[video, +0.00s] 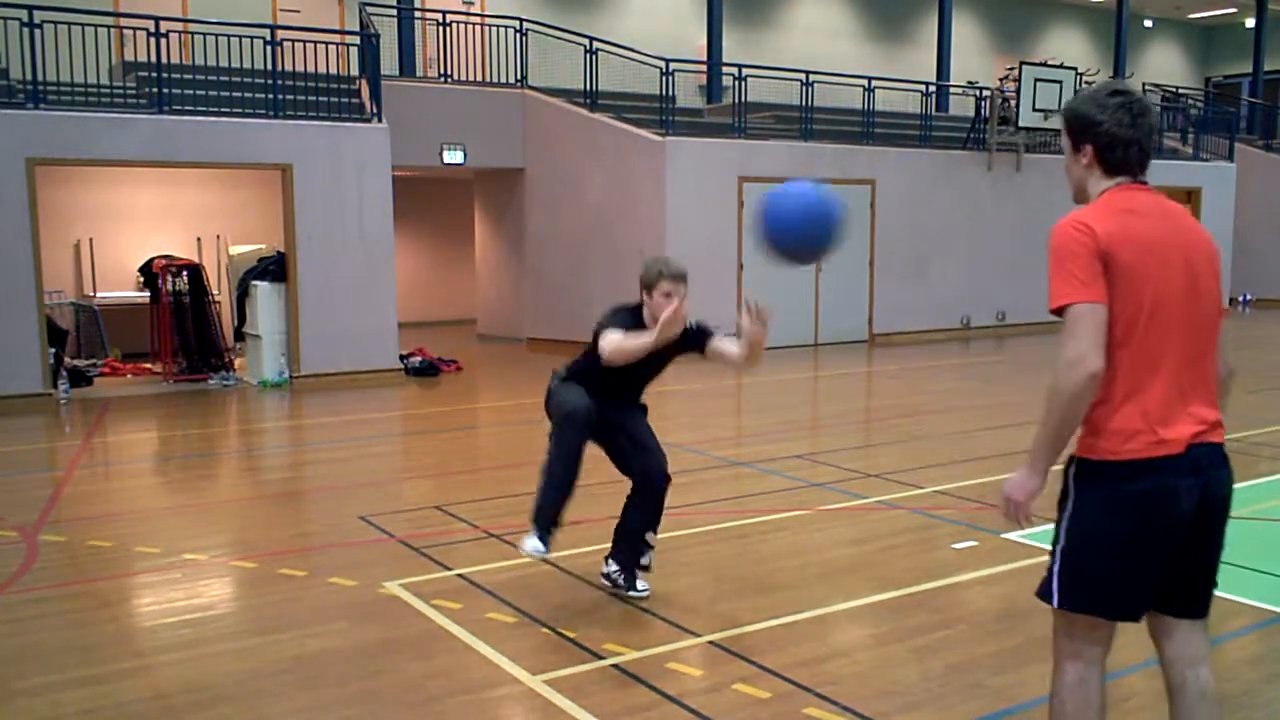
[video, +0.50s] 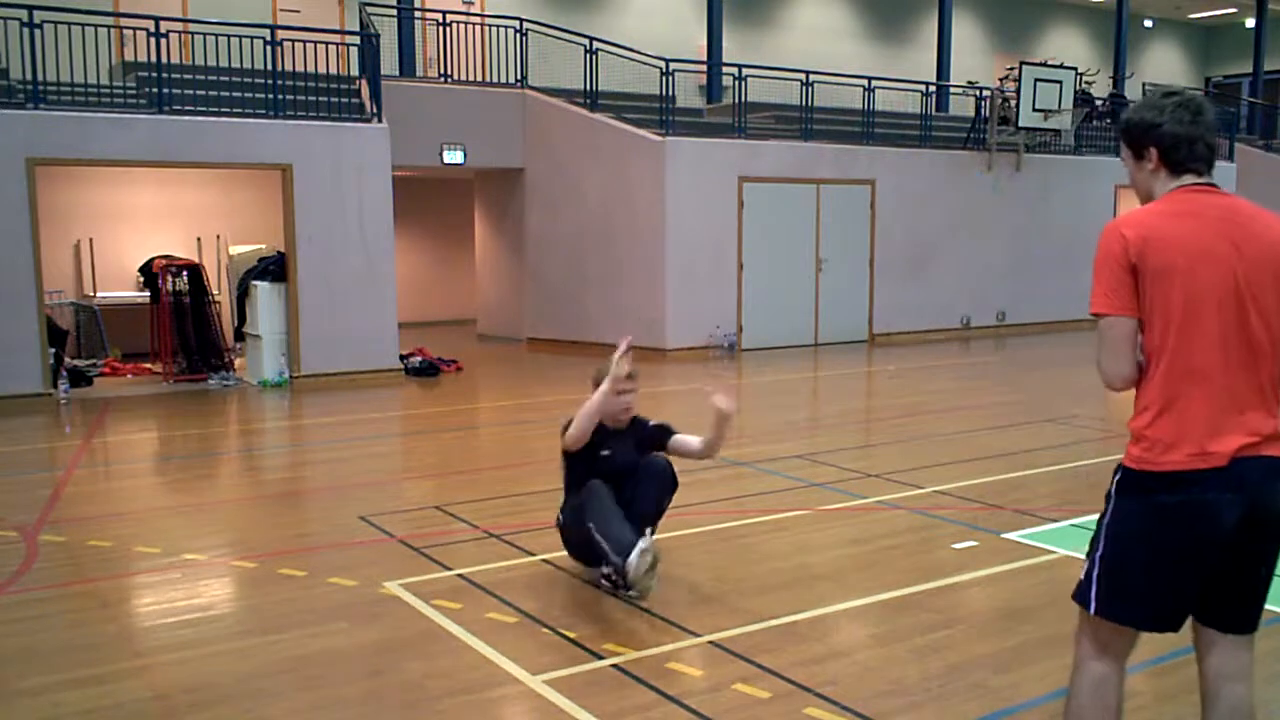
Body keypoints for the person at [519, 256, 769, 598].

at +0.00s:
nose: (675, 304)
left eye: (680, 296)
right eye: (666, 296)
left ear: (687, 299)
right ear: (646, 296)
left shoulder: (687, 333)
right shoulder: (621, 318)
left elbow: (742, 358)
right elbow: (609, 352)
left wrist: (752, 342)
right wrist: (655, 338)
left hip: (621, 408)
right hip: (576, 391)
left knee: (654, 476)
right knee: (577, 413)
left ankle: (620, 564)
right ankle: (542, 529)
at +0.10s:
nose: (676, 327)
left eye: (681, 319)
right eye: (668, 319)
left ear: (687, 320)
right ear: (648, 319)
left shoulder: (683, 355)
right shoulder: (622, 343)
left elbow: (726, 383)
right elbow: (594, 383)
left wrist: (760, 399)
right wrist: (631, 377)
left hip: (625, 425)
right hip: (582, 414)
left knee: (656, 483)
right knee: (581, 431)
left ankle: (622, 564)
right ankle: (571, 547)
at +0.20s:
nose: (673, 351)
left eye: (677, 343)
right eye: (665, 343)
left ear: (681, 345)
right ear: (644, 342)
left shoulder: (682, 378)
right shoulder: (617, 364)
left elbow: (729, 416)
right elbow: (580, 399)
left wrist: (769, 437)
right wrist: (609, 393)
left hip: (630, 447)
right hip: (584, 438)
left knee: (660, 484)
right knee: (589, 448)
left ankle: (625, 564)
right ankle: (589, 566)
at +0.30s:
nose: (663, 373)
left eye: (667, 364)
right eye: (655, 364)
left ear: (672, 364)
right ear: (634, 363)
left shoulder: (675, 399)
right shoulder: (611, 388)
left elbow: (727, 437)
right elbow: (577, 410)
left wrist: (764, 448)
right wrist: (610, 389)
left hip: (626, 479)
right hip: (582, 475)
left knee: (664, 477)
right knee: (594, 459)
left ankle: (629, 567)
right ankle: (599, 574)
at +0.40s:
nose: (648, 389)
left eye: (652, 381)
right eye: (640, 381)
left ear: (658, 383)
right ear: (622, 384)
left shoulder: (661, 417)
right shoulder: (602, 412)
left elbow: (719, 446)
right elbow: (580, 419)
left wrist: (745, 437)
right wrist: (616, 379)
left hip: (630, 508)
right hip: (582, 511)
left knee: (662, 471)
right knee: (599, 476)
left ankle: (634, 565)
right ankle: (615, 574)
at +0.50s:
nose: (628, 401)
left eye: (632, 392)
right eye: (619, 394)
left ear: (638, 393)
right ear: (598, 397)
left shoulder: (641, 431)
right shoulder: (580, 433)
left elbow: (704, 450)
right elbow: (573, 441)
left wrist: (721, 421)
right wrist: (609, 383)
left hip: (629, 531)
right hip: (584, 534)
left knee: (659, 467)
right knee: (594, 491)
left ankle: (618, 570)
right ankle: (630, 563)